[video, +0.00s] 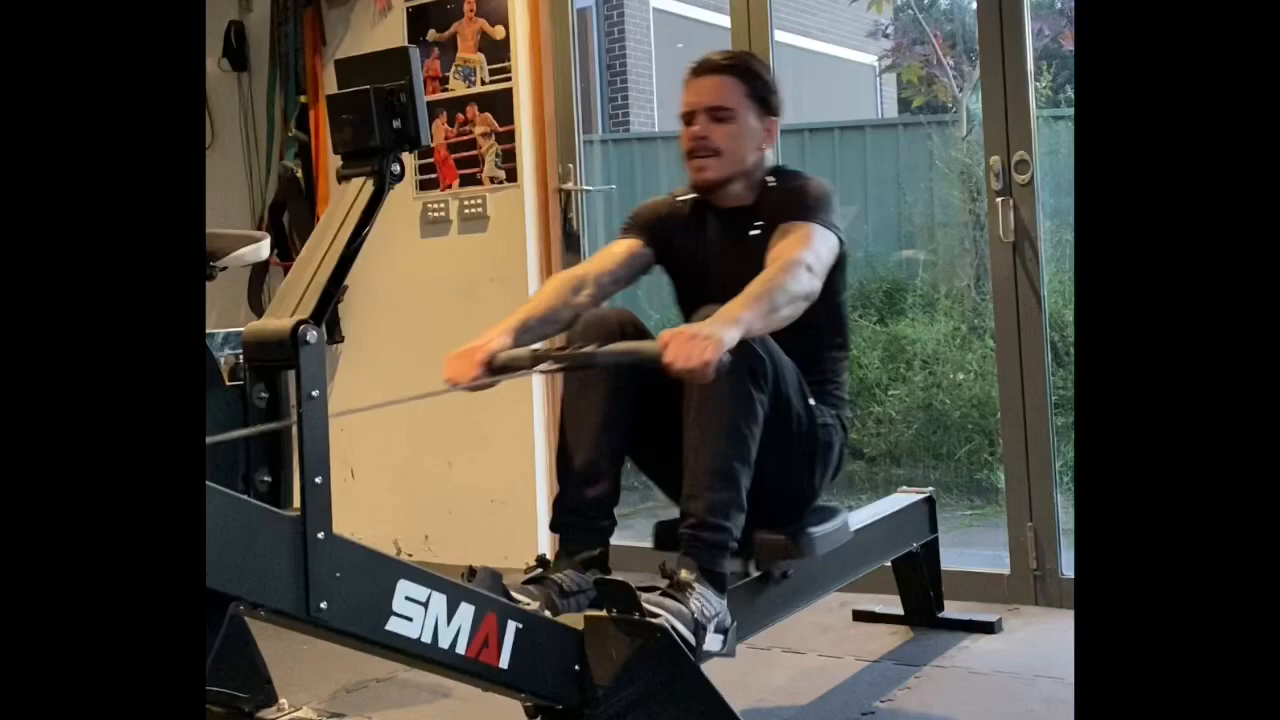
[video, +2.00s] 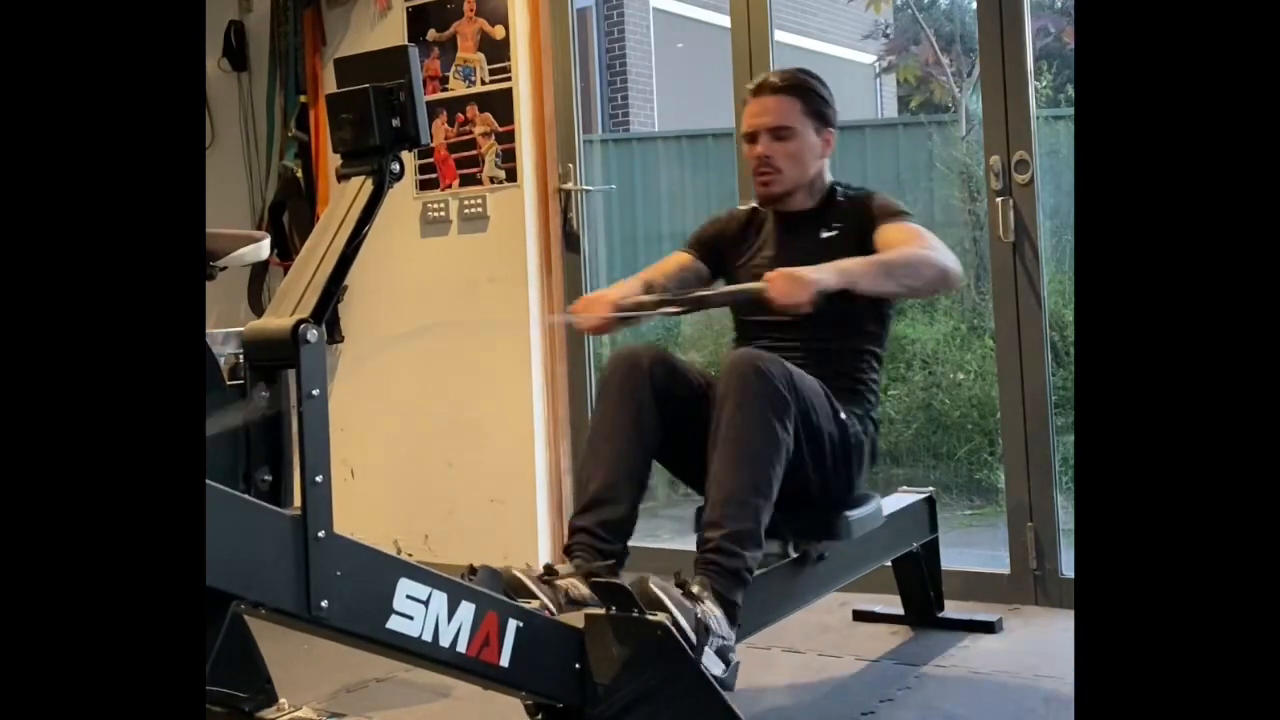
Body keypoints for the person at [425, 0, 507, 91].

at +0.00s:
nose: (471, 7)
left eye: (473, 4)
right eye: (468, 4)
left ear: (476, 7)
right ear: (463, 8)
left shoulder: (480, 22)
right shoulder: (458, 25)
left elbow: (493, 34)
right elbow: (445, 36)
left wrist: (498, 33)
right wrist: (435, 36)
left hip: (474, 61)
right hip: (460, 60)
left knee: (474, 90)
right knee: (458, 90)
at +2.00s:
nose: (471, 8)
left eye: (473, 5)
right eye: (468, 5)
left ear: (476, 8)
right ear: (463, 8)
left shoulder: (480, 22)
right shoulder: (457, 25)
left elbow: (493, 33)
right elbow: (445, 36)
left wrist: (498, 32)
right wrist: (435, 36)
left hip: (474, 60)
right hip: (460, 59)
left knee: (474, 88)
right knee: (458, 89)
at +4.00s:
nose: (471, 7)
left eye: (473, 4)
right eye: (468, 4)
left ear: (476, 7)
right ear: (463, 8)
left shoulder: (480, 22)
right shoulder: (457, 25)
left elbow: (493, 34)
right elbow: (445, 36)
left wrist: (498, 32)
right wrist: (435, 36)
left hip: (474, 60)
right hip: (460, 59)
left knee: (474, 89)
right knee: (458, 89)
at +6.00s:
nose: (471, 9)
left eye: (473, 7)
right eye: (468, 8)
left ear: (475, 8)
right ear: (463, 8)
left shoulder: (480, 22)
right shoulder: (458, 25)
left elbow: (493, 34)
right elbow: (445, 36)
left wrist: (498, 32)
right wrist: (435, 36)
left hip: (474, 60)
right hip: (460, 59)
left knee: (474, 89)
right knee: (458, 89)